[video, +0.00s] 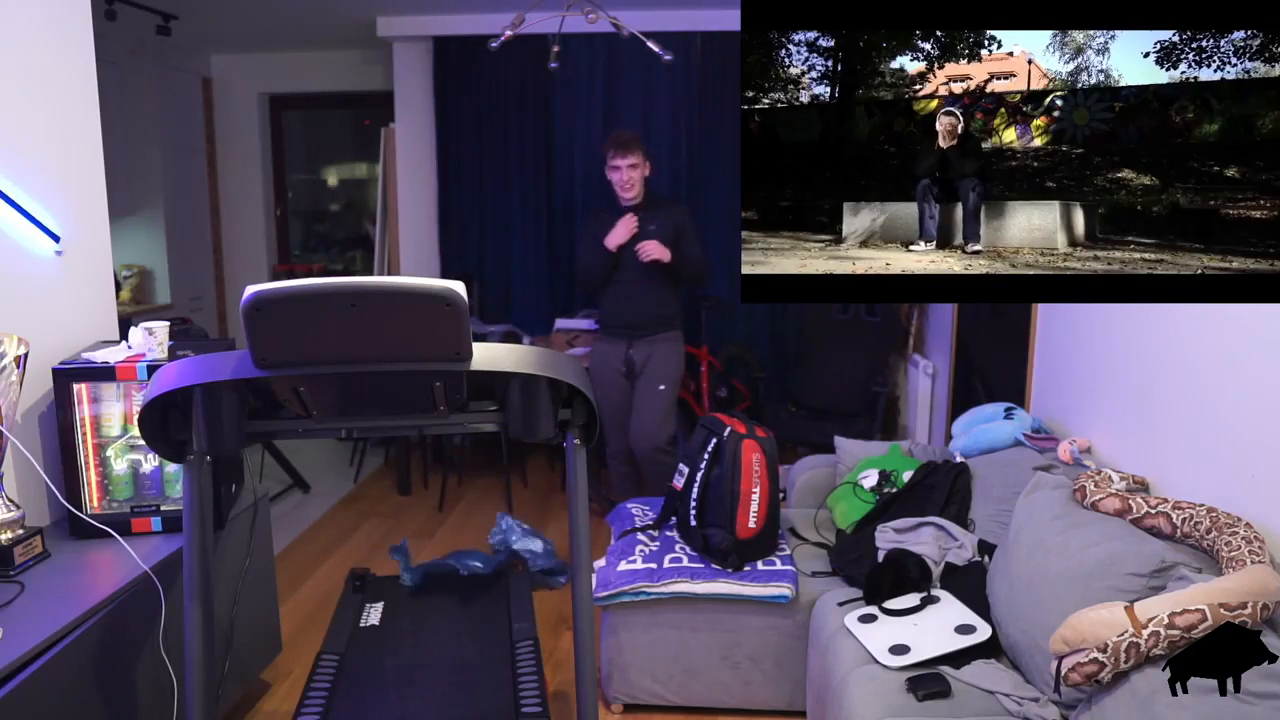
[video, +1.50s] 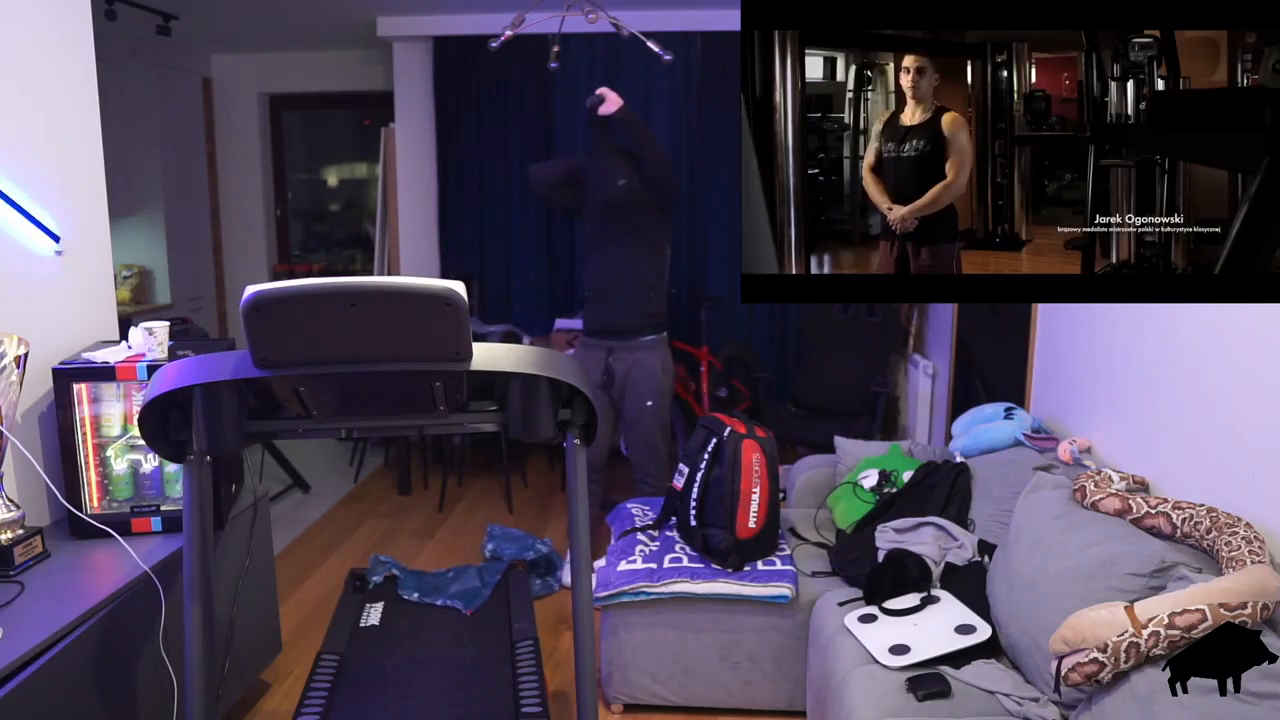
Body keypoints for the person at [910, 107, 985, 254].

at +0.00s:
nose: (947, 128)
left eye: (951, 124)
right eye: (943, 124)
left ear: (959, 127)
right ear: (938, 126)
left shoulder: (969, 141)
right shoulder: (930, 141)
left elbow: (970, 171)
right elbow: (922, 172)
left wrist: (951, 148)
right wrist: (940, 148)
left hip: (964, 183)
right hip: (941, 184)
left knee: (971, 187)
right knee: (925, 186)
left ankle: (971, 241)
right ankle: (927, 240)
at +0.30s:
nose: (946, 132)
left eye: (951, 128)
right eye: (942, 127)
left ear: (959, 129)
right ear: (935, 128)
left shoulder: (969, 142)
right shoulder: (929, 143)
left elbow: (973, 174)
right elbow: (918, 174)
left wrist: (951, 157)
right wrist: (940, 159)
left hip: (963, 184)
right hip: (940, 185)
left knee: (972, 192)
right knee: (924, 190)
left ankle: (973, 242)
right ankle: (928, 240)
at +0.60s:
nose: (961, 118)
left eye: (965, 114)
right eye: (956, 113)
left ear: (969, 115)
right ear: (946, 114)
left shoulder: (976, 131)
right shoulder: (936, 130)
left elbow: (981, 164)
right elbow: (928, 160)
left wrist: (962, 155)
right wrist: (950, 157)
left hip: (966, 176)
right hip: (942, 175)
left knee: (977, 192)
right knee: (926, 191)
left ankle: (974, 242)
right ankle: (929, 240)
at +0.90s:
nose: (913, 78)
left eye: (922, 72)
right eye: (908, 72)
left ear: (936, 80)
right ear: (901, 78)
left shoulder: (952, 122)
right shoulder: (887, 122)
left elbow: (959, 182)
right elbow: (869, 172)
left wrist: (910, 212)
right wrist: (895, 214)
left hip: (936, 239)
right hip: (893, 238)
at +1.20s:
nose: (913, 78)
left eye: (921, 71)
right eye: (907, 71)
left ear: (936, 79)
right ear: (900, 78)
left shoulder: (952, 123)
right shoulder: (886, 122)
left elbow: (958, 183)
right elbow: (868, 172)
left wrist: (909, 212)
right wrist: (893, 213)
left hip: (935, 239)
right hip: (892, 238)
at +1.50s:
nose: (912, 77)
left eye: (920, 71)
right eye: (906, 71)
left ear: (935, 79)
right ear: (900, 78)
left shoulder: (951, 122)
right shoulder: (885, 122)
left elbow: (957, 183)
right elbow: (867, 171)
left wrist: (909, 212)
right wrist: (892, 213)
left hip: (935, 239)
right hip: (892, 238)